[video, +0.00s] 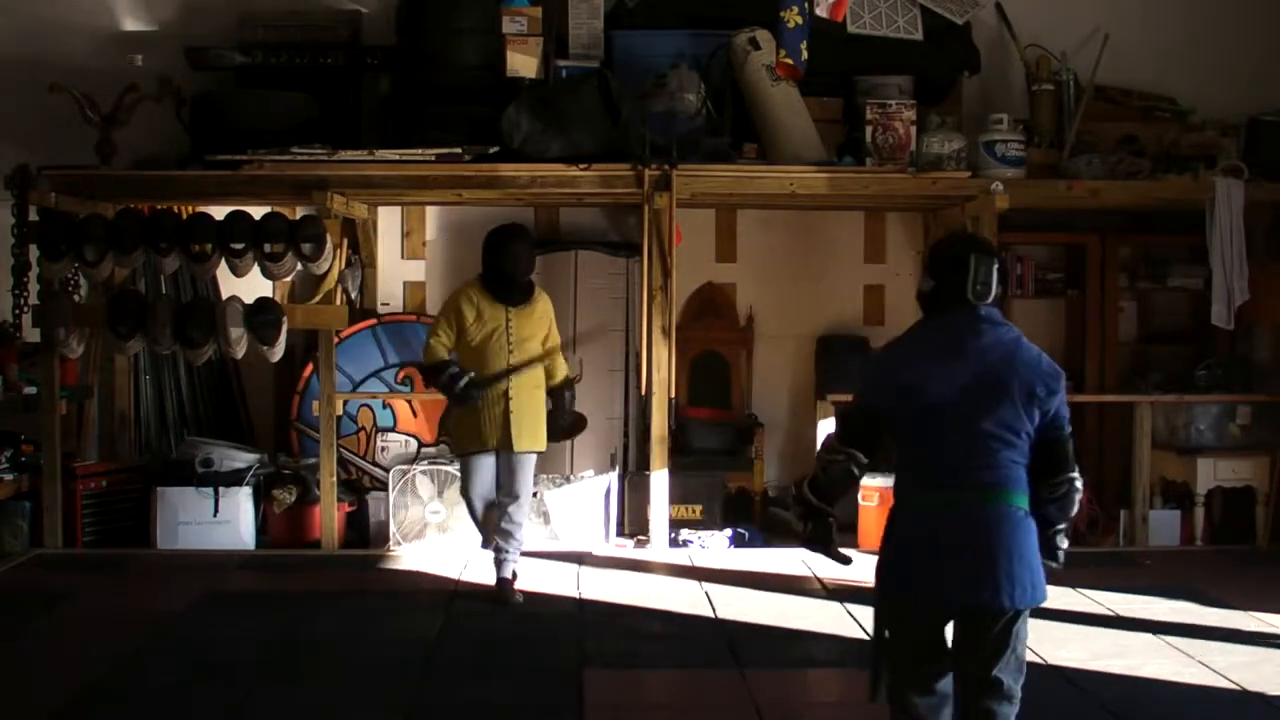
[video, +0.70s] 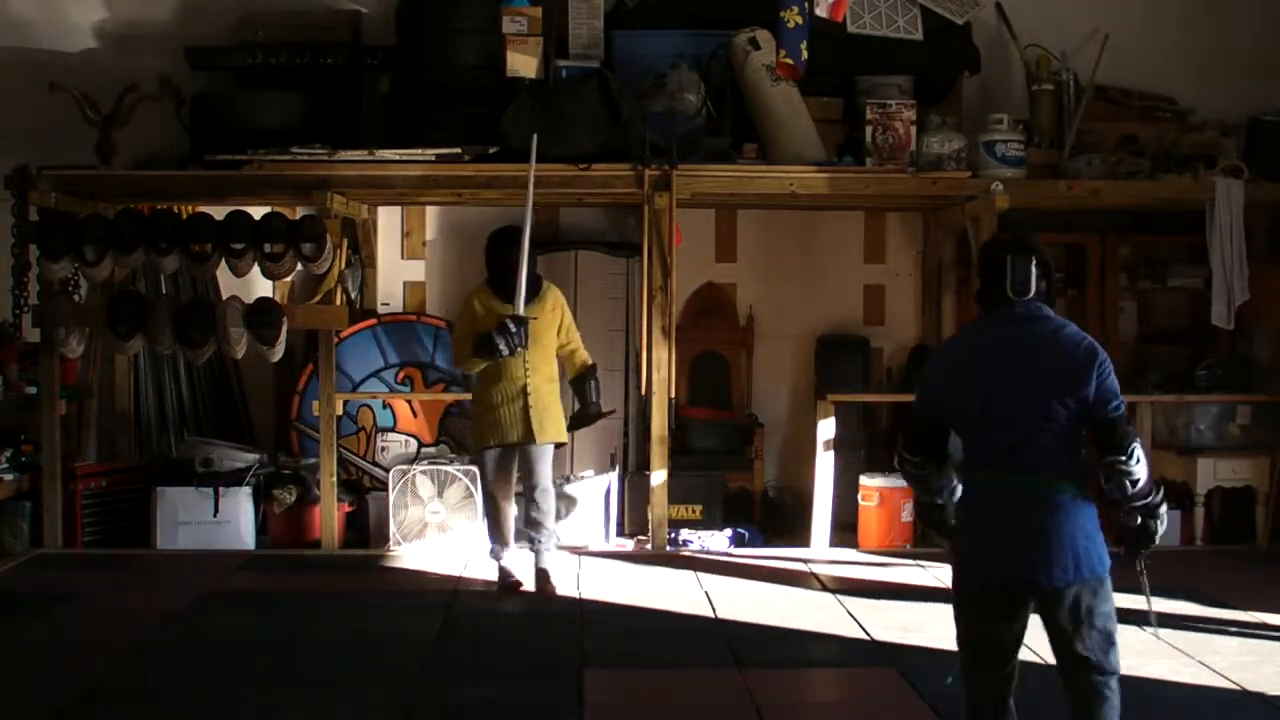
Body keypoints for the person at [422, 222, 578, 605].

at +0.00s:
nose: (527, 268)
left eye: (529, 260)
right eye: (517, 260)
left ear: (533, 262)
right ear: (495, 261)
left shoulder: (540, 303)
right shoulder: (466, 300)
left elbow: (553, 355)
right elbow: (433, 351)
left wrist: (563, 401)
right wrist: (454, 379)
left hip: (525, 419)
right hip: (478, 417)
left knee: (517, 496)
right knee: (478, 494)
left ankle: (507, 572)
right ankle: (498, 545)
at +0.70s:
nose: (517, 269)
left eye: (524, 259)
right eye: (509, 260)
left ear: (534, 259)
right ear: (493, 262)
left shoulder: (552, 298)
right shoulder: (479, 302)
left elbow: (571, 348)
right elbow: (462, 359)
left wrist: (587, 392)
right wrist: (490, 344)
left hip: (542, 412)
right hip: (496, 414)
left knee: (541, 488)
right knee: (498, 491)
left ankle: (543, 567)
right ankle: (503, 565)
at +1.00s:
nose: (545, 266)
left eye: (550, 256)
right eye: (535, 258)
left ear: (557, 257)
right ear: (518, 260)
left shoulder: (572, 299)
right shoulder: (501, 299)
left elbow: (588, 352)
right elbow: (484, 360)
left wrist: (601, 395)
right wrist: (514, 344)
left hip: (564, 416)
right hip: (518, 417)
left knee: (572, 496)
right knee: (509, 495)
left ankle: (581, 568)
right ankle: (508, 565)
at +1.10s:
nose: (561, 269)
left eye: (565, 260)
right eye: (552, 261)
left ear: (570, 260)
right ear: (533, 264)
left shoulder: (581, 299)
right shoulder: (511, 302)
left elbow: (597, 351)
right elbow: (496, 361)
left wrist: (610, 383)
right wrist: (529, 346)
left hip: (576, 419)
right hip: (530, 421)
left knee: (580, 498)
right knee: (516, 497)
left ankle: (583, 571)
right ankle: (509, 566)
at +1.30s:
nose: (583, 267)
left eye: (585, 258)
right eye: (573, 259)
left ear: (588, 260)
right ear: (552, 263)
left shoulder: (599, 298)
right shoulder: (532, 303)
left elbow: (617, 353)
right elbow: (519, 364)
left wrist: (629, 394)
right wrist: (556, 343)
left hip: (597, 418)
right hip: (551, 420)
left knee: (592, 500)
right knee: (536, 499)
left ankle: (587, 571)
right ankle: (514, 562)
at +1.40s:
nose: (594, 269)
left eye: (594, 261)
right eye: (585, 262)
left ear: (596, 262)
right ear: (563, 265)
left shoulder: (607, 299)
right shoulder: (541, 303)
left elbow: (624, 352)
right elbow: (528, 363)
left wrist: (635, 398)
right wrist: (563, 345)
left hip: (605, 415)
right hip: (562, 416)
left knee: (598, 497)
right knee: (552, 490)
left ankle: (588, 571)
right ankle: (519, 555)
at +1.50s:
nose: (592, 265)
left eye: (595, 257)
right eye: (583, 258)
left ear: (600, 260)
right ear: (566, 263)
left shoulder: (614, 301)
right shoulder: (548, 302)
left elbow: (631, 357)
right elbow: (533, 363)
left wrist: (638, 388)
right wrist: (569, 343)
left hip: (611, 414)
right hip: (569, 414)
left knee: (601, 496)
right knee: (566, 488)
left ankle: (587, 573)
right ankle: (533, 558)